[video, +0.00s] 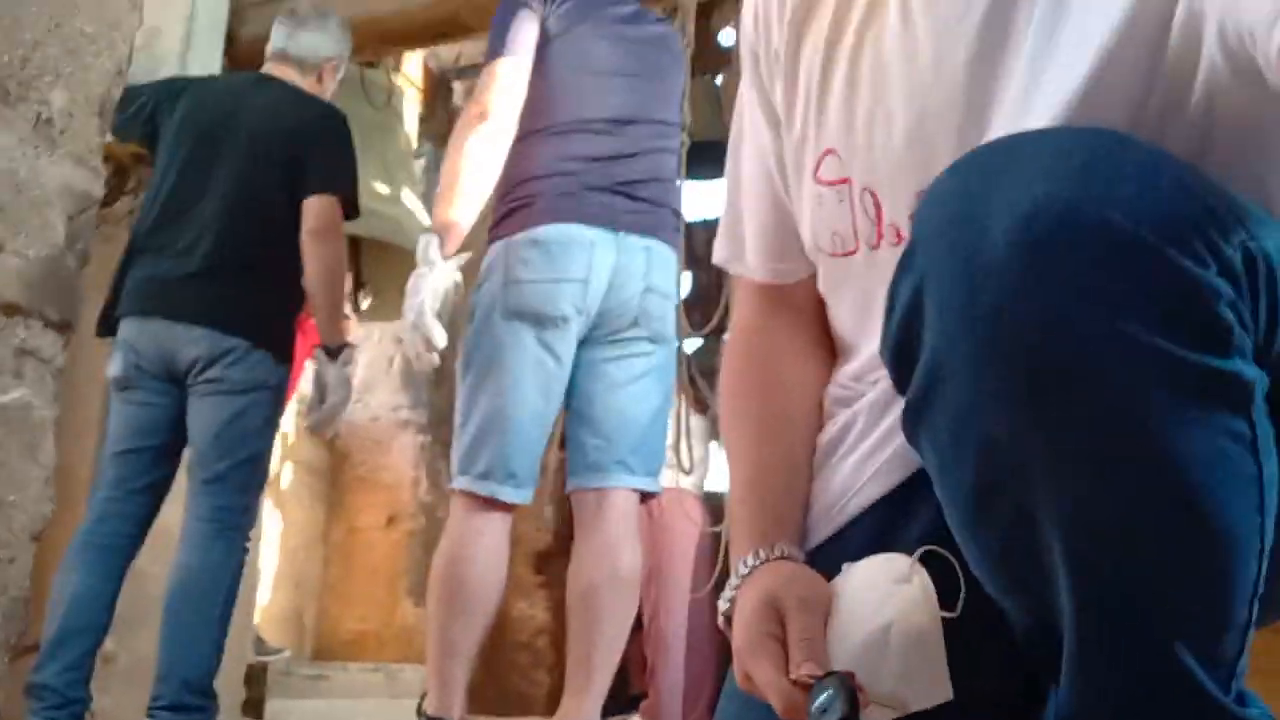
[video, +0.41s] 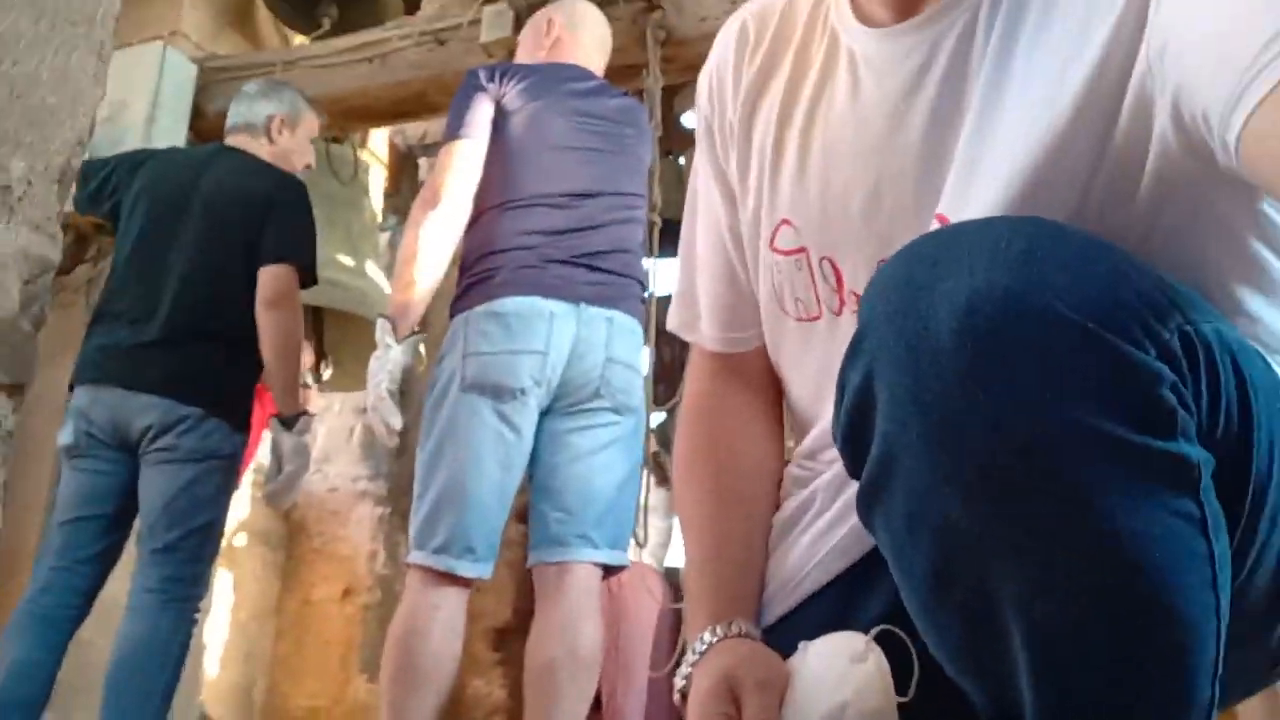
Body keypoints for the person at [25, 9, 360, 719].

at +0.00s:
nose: (338, 89)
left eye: (339, 80)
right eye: (341, 79)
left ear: (268, 55)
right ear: (328, 72)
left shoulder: (194, 93)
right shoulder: (322, 122)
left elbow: (118, 110)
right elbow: (320, 226)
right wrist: (334, 337)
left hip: (148, 317)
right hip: (241, 334)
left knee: (113, 508)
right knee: (217, 520)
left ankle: (52, 702)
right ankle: (180, 707)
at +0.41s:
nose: (312, 162)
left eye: (316, 148)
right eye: (311, 144)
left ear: (236, 127)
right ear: (277, 128)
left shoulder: (154, 165)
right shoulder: (281, 192)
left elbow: (69, 185)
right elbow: (276, 294)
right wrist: (290, 413)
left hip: (101, 383)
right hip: (196, 403)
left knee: (58, 583)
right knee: (164, 596)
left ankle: (14, 707)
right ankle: (128, 714)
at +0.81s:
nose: (357, 202)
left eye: (359, 188)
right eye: (351, 185)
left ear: (280, 178)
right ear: (312, 176)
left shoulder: (203, 218)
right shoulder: (314, 242)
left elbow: (137, 232)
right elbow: (309, 343)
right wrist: (320, 460)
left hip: (152, 440)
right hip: (242, 455)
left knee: (124, 619)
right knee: (221, 633)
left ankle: (76, 712)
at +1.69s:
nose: (274, 209)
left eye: (278, 193)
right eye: (273, 189)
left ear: (200, 174)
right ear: (237, 176)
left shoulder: (114, 214)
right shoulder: (235, 240)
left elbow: (42, 225)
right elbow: (224, 352)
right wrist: (237, 475)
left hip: (48, 443)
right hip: (147, 461)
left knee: (12, 634)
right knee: (113, 655)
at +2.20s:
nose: (222, 211)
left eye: (225, 199)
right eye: (225, 199)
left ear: (147, 173)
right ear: (213, 195)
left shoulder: (62, 214)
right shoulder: (191, 246)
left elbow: (1, 222)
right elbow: (174, 353)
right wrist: (180, 477)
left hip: (5, 441)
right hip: (92, 462)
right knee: (49, 643)